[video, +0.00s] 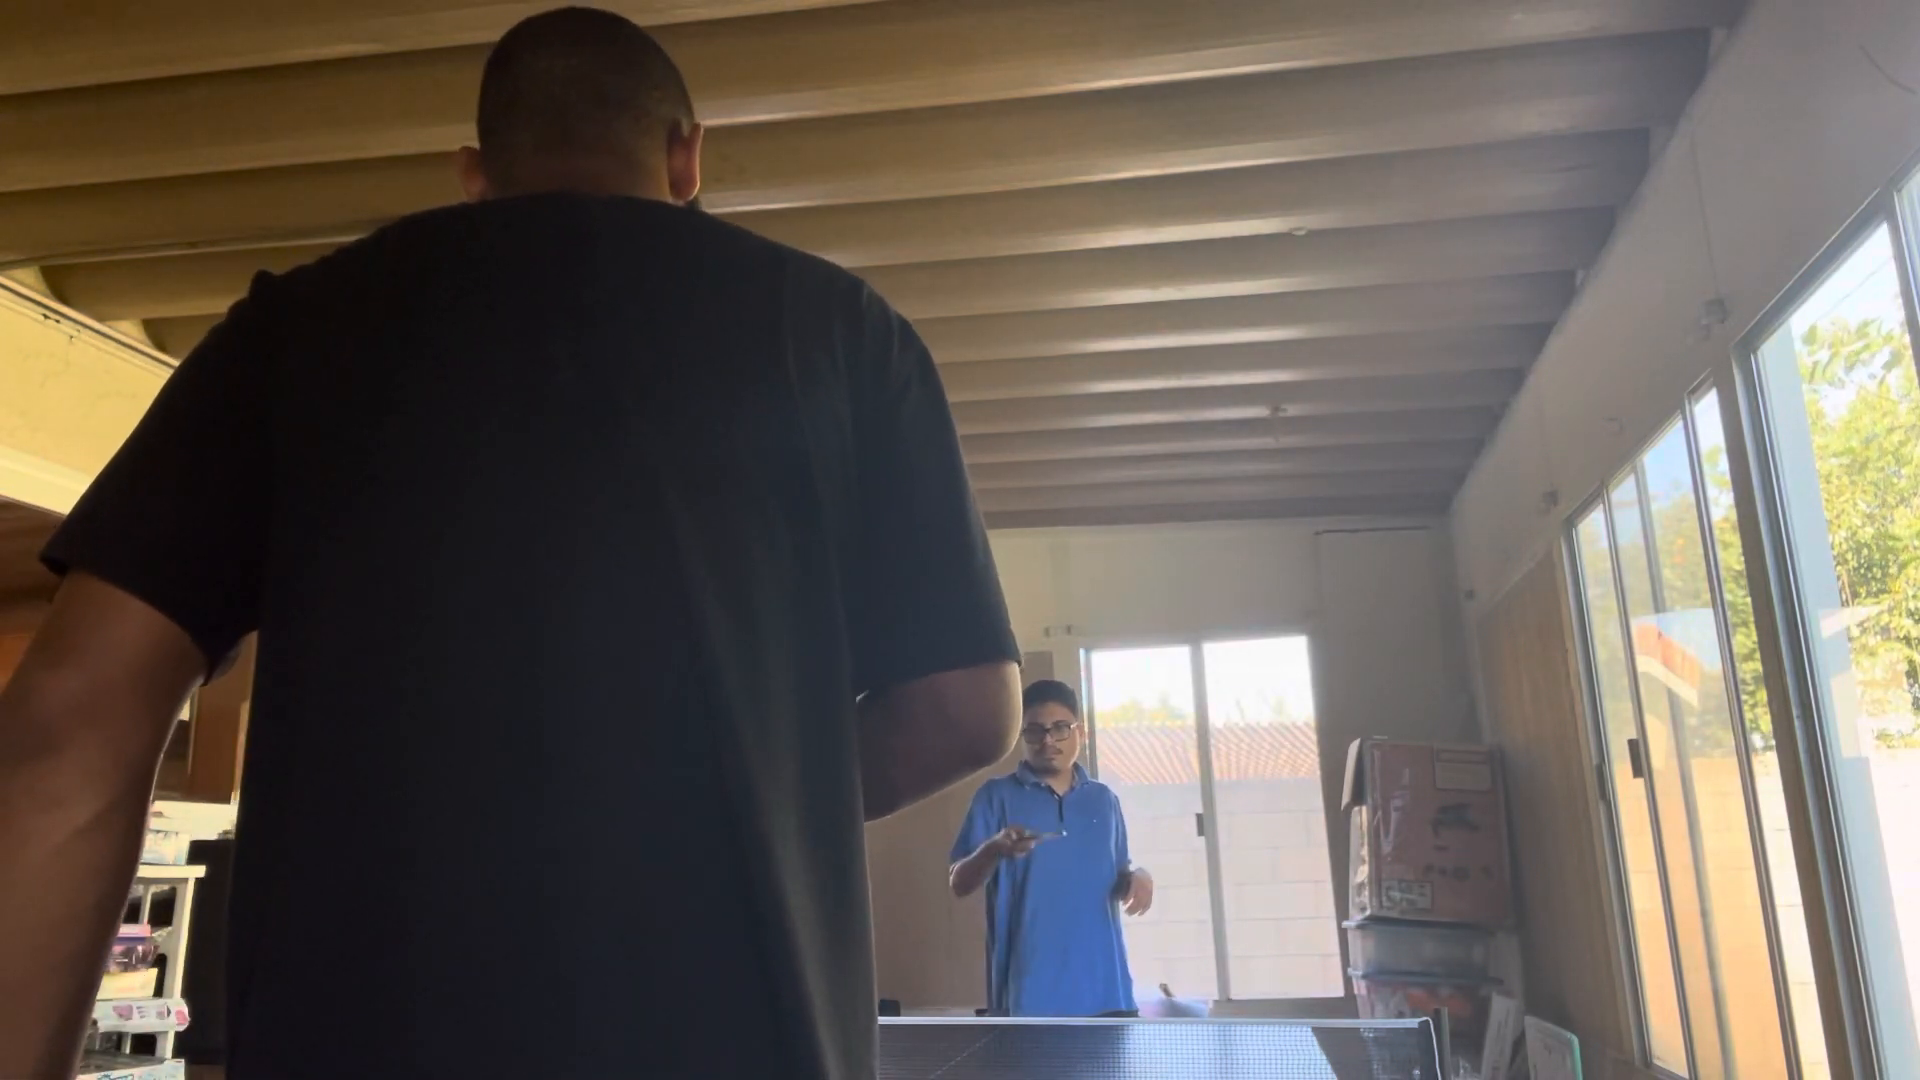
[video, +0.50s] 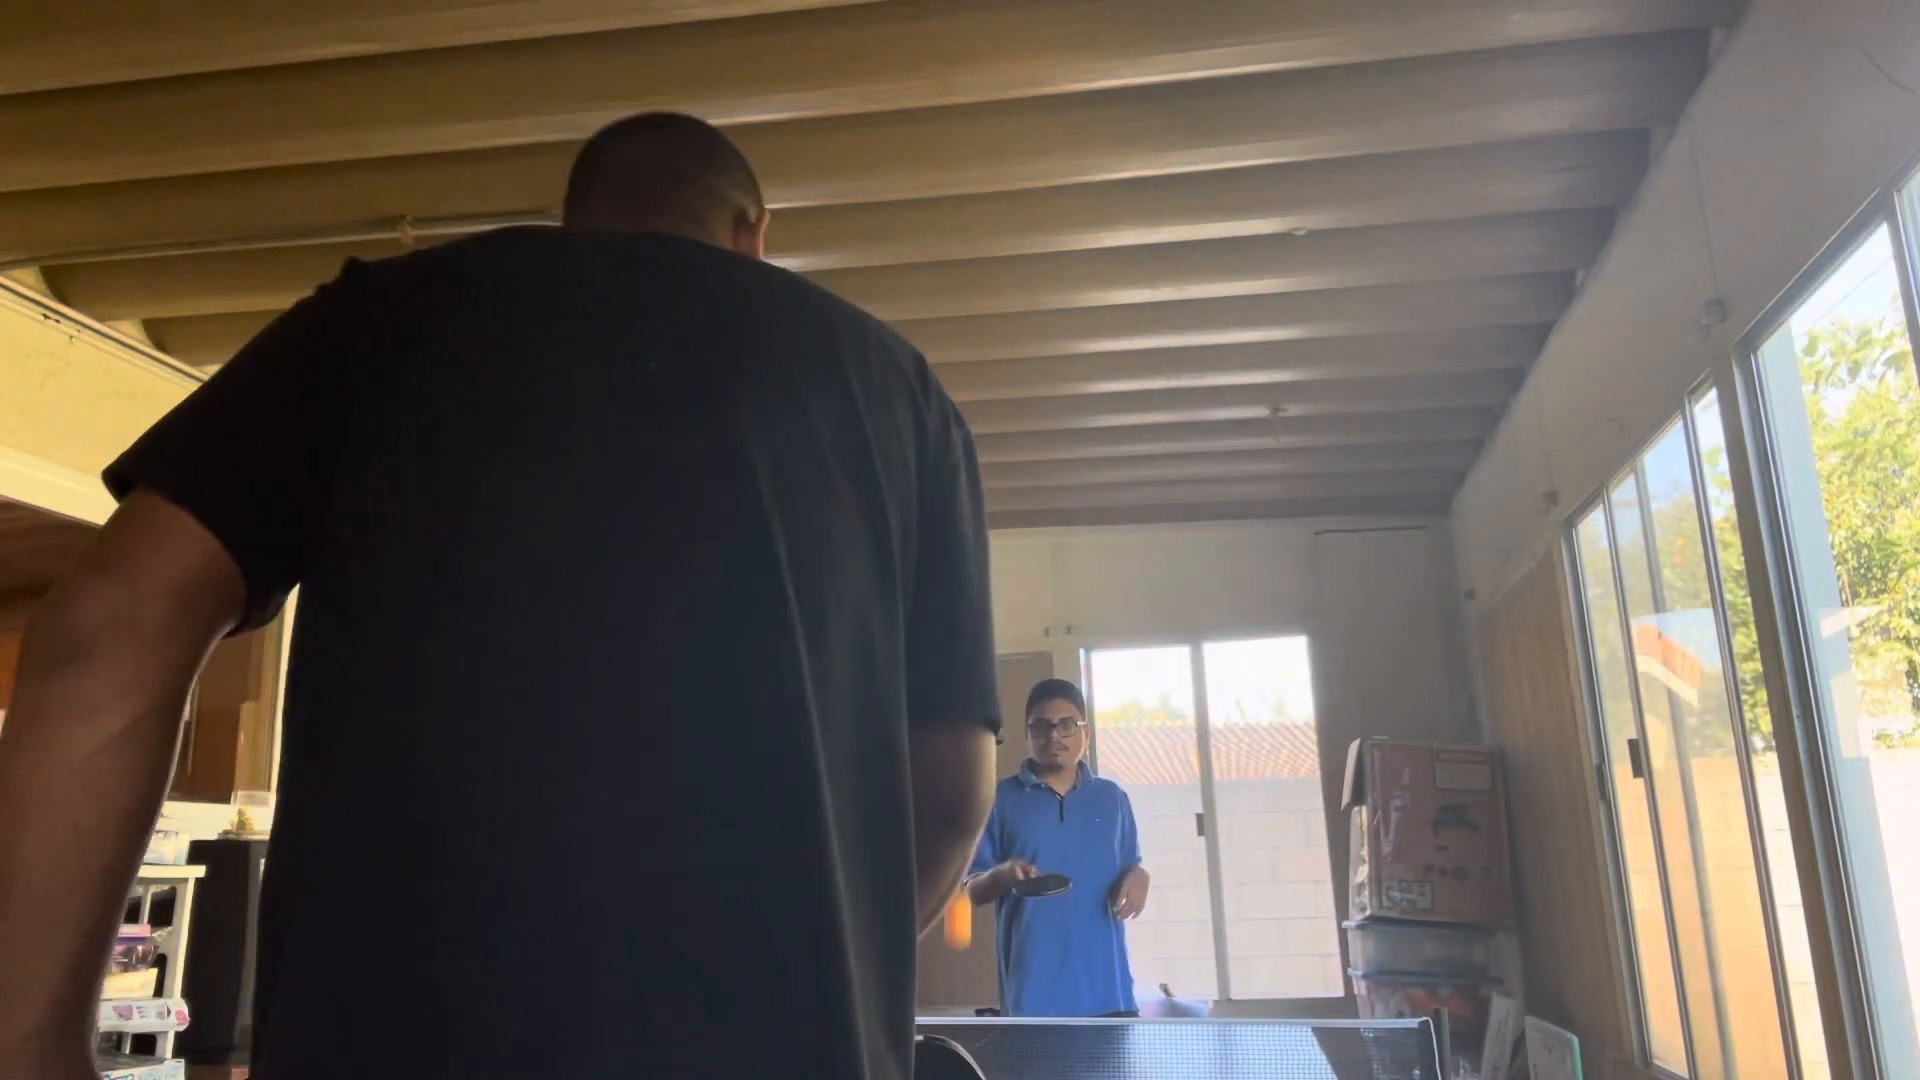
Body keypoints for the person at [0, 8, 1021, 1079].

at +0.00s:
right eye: (699, 166)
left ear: (474, 167)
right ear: (689, 163)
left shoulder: (303, 322)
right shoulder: (836, 321)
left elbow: (71, 712)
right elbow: (961, 710)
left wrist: (34, 1051)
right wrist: (749, 802)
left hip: (354, 1030)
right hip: (733, 1032)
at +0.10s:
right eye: (699, 167)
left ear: (476, 170)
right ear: (689, 165)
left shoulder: (306, 322)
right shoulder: (838, 327)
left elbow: (74, 706)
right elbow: (953, 723)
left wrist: (33, 1054)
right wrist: (751, 829)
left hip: (360, 1029)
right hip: (735, 1035)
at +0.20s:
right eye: (710, 179)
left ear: (486, 176)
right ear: (697, 174)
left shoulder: (314, 321)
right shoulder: (851, 341)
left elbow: (70, 708)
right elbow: (940, 746)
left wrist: (34, 1055)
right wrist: (765, 902)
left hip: (360, 1032)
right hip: (746, 1039)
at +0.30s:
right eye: (731, 198)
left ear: (507, 187)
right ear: (713, 192)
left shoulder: (334, 313)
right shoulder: (861, 354)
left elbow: (77, 673)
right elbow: (932, 775)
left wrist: (35, 1050)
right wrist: (803, 959)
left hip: (366, 1034)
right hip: (764, 1044)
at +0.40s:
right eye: (748, 219)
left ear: (539, 204)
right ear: (732, 215)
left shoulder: (363, 307)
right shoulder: (878, 370)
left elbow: (90, 648)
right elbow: (933, 802)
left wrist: (34, 1052)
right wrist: (833, 992)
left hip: (381, 1036)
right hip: (768, 1047)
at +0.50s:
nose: (764, 257)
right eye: (766, 237)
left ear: (563, 217)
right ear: (751, 231)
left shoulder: (382, 310)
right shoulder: (893, 379)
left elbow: (107, 635)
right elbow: (949, 797)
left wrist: (38, 1043)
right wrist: (858, 968)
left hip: (388, 1034)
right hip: (785, 1043)